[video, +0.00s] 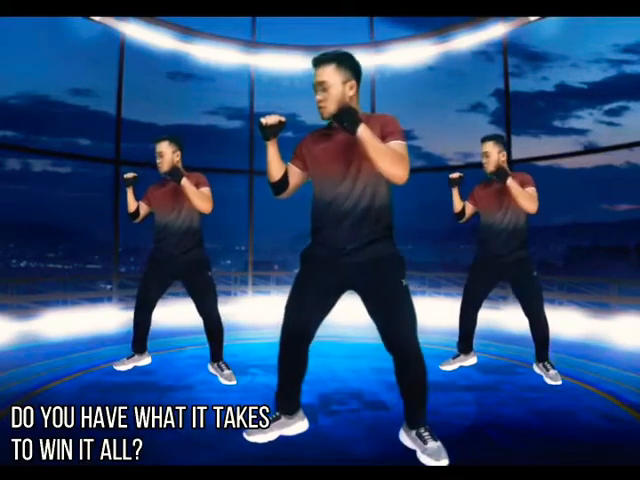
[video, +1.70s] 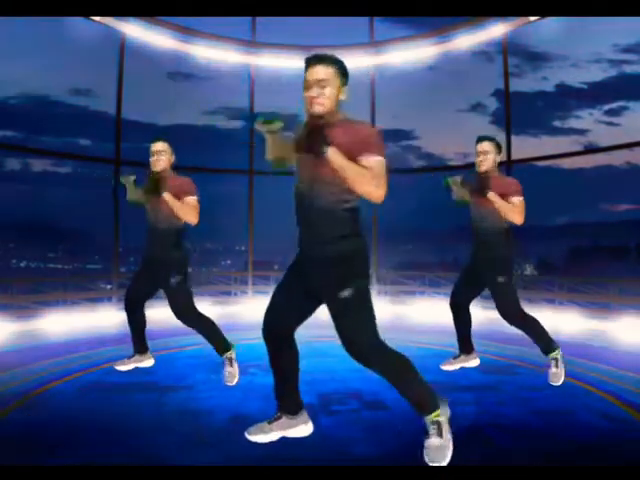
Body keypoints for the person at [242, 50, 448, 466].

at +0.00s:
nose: (317, 95)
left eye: (324, 87)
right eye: (315, 88)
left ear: (351, 86)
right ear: (320, 91)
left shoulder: (382, 125)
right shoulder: (313, 142)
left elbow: (399, 173)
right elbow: (281, 187)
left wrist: (359, 127)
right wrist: (271, 140)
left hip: (376, 258)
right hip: (324, 259)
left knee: (405, 347)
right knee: (294, 334)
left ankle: (416, 427)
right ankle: (289, 413)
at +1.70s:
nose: (315, 93)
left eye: (324, 85)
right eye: (309, 86)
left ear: (342, 91)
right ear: (303, 92)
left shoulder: (362, 134)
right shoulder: (308, 136)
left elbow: (376, 190)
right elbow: (280, 159)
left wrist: (335, 159)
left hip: (345, 259)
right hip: (310, 259)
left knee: (363, 347)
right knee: (275, 329)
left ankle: (434, 412)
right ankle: (291, 414)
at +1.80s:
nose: (296, 98)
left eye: (304, 91)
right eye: (297, 91)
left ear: (328, 94)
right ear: (323, 96)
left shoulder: (330, 131)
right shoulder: (333, 131)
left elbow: (297, 153)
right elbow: (298, 156)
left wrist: (264, 133)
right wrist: (268, 137)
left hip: (336, 262)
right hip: (319, 261)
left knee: (362, 349)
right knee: (277, 325)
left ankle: (437, 414)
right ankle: (291, 414)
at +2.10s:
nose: (292, 96)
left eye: (297, 88)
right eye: (292, 89)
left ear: (321, 87)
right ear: (312, 90)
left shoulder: (353, 122)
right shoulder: (308, 133)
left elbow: (353, 150)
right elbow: (292, 182)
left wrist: (307, 123)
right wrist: (283, 145)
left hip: (350, 253)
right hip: (312, 253)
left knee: (378, 341)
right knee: (282, 330)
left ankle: (432, 417)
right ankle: (292, 416)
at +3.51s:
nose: (333, 93)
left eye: (341, 85)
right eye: (330, 87)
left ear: (366, 88)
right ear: (327, 92)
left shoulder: (393, 129)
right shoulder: (322, 139)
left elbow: (410, 179)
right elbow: (297, 181)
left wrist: (369, 136)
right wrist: (289, 149)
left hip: (379, 258)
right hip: (327, 258)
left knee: (402, 347)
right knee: (288, 330)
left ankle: (405, 422)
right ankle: (277, 408)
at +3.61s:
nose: (333, 94)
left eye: (341, 85)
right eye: (330, 87)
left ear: (367, 88)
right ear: (328, 91)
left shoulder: (394, 132)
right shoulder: (316, 133)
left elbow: (415, 180)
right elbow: (273, 153)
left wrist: (377, 139)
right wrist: (251, 128)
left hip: (377, 261)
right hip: (324, 260)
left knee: (406, 349)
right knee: (288, 331)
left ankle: (407, 424)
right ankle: (286, 408)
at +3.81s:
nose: (312, 94)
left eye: (319, 87)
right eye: (311, 87)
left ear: (344, 90)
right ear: (317, 91)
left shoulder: (371, 132)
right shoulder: (314, 134)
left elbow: (381, 189)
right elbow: (286, 157)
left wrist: (340, 146)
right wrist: (277, 139)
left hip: (354, 261)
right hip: (313, 258)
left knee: (378, 343)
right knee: (282, 327)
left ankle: (419, 421)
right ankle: (288, 410)